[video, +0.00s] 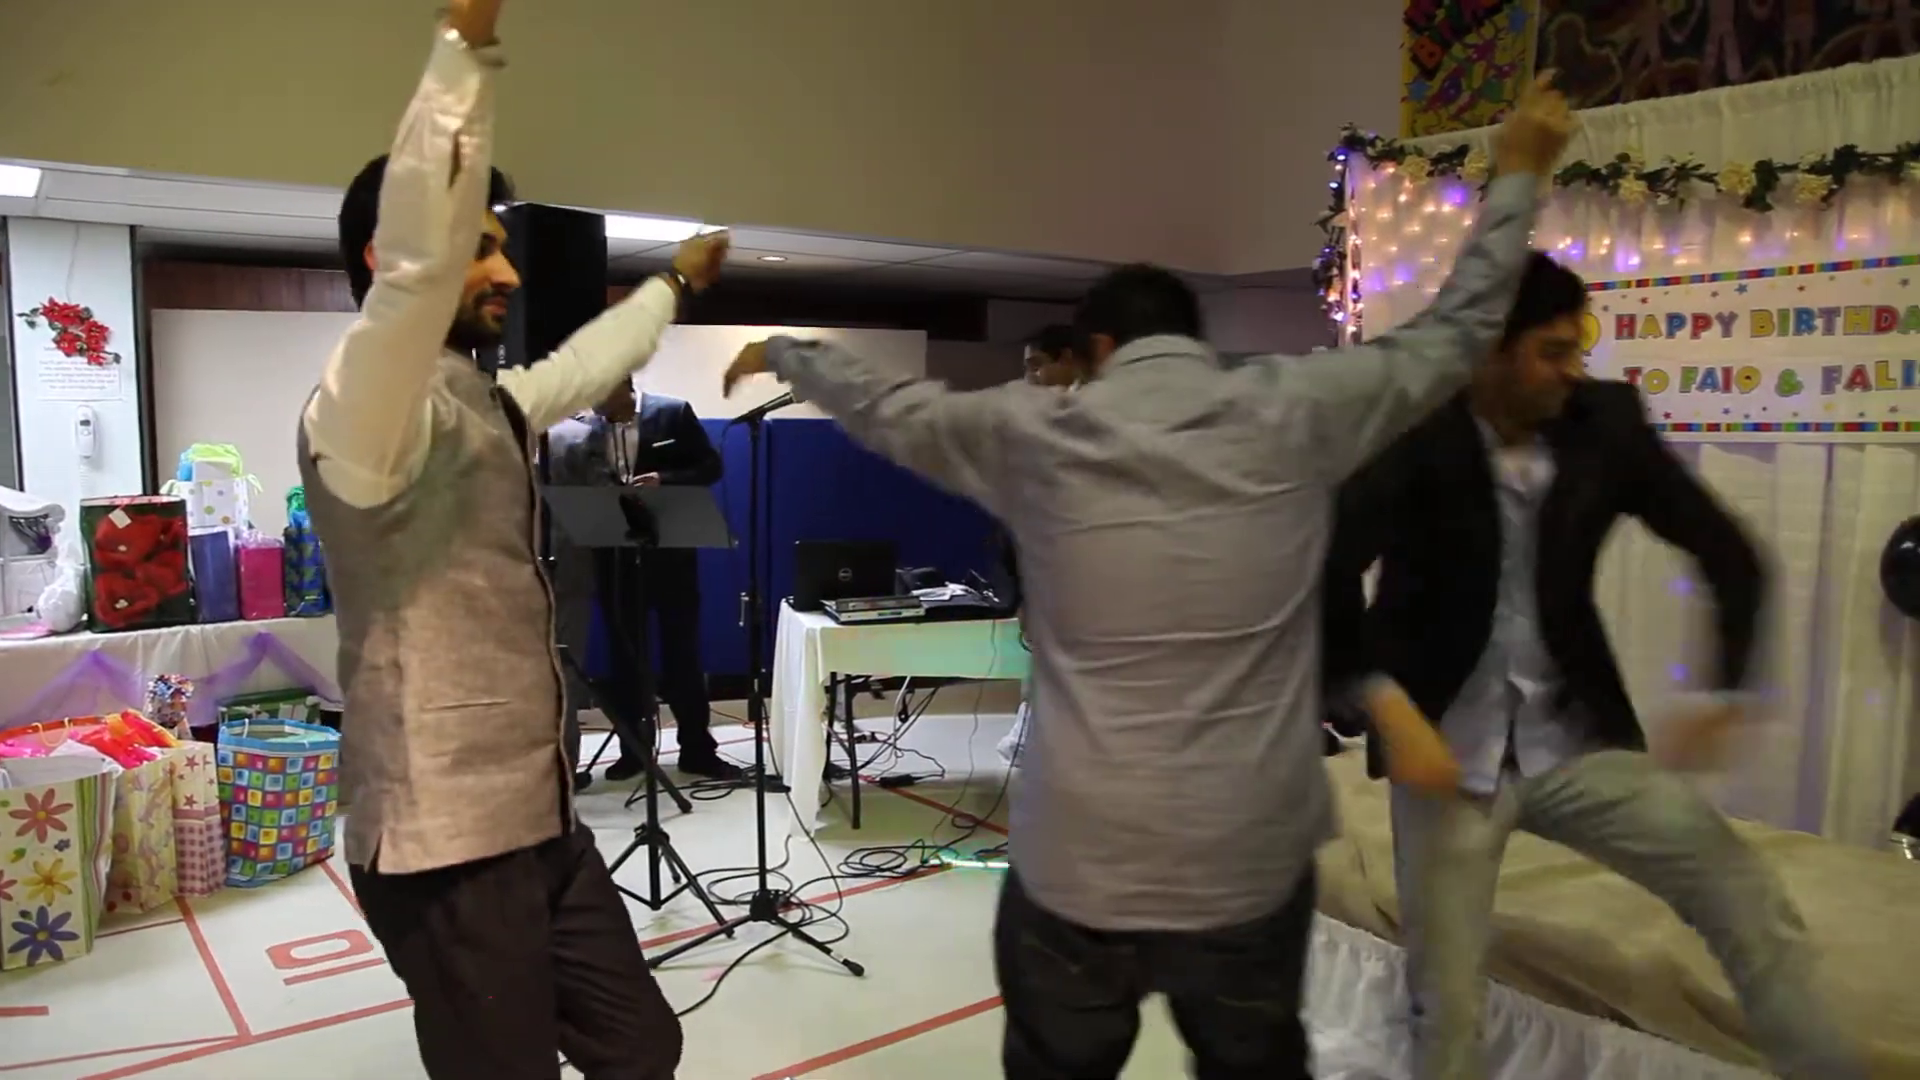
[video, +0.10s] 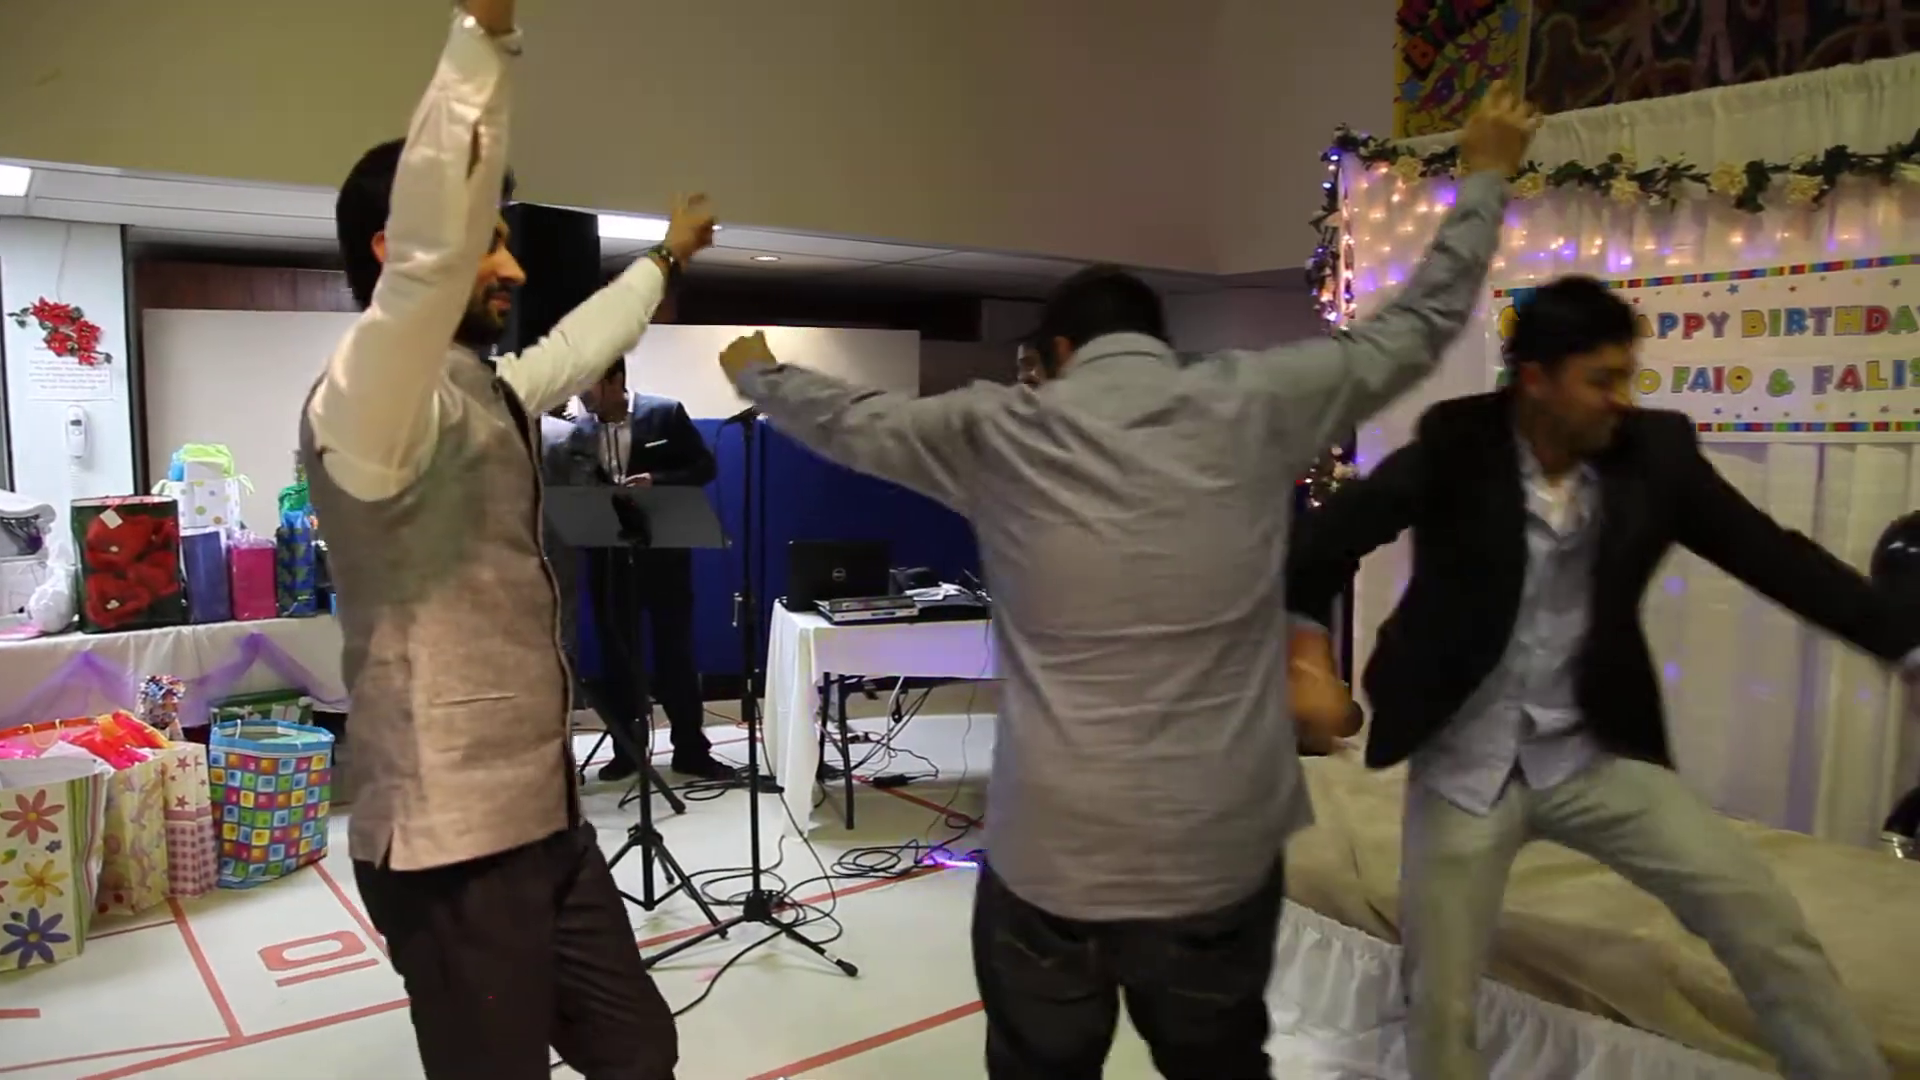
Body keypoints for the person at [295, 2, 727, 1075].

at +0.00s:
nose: (504, 266)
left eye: (502, 245)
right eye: (477, 247)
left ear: (503, 262)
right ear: (398, 268)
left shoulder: (493, 399)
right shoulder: (367, 425)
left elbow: (587, 367)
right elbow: (407, 267)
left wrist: (675, 283)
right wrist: (463, 47)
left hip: (535, 819)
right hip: (443, 843)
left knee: (639, 1046)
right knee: (504, 1072)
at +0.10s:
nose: (510, 262)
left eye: (504, 237)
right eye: (483, 240)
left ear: (494, 252)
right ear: (402, 251)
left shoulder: (492, 388)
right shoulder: (369, 417)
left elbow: (578, 344)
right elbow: (423, 252)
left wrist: (667, 255)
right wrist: (480, 32)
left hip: (542, 817)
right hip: (449, 843)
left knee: (637, 1052)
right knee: (495, 1075)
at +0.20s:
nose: (516, 259)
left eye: (511, 235)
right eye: (489, 235)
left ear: (409, 246)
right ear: (399, 243)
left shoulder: (492, 381)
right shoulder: (373, 413)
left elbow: (577, 327)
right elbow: (433, 242)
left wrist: (664, 240)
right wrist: (495, 24)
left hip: (553, 817)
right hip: (461, 844)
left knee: (628, 1058)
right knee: (488, 1074)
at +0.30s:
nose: (517, 257)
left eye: (514, 232)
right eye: (488, 232)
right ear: (398, 241)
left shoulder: (496, 383)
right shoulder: (379, 414)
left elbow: (580, 323)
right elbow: (435, 243)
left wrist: (665, 231)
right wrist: (497, 27)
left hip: (562, 819)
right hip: (473, 845)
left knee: (620, 1060)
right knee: (502, 1074)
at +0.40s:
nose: (525, 261)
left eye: (523, 237)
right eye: (499, 237)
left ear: (517, 250)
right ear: (433, 249)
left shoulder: (502, 384)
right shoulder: (384, 417)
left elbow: (584, 324)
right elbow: (432, 247)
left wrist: (664, 225)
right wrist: (492, 28)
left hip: (563, 823)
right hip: (473, 849)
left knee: (621, 1063)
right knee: (501, 1074)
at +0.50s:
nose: (530, 261)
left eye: (531, 239)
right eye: (502, 233)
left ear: (529, 258)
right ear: (432, 244)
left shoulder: (505, 382)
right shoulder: (384, 410)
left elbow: (587, 323)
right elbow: (421, 242)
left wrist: (670, 223)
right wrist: (482, 26)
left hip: (561, 827)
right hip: (463, 851)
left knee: (622, 1065)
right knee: (479, 1074)